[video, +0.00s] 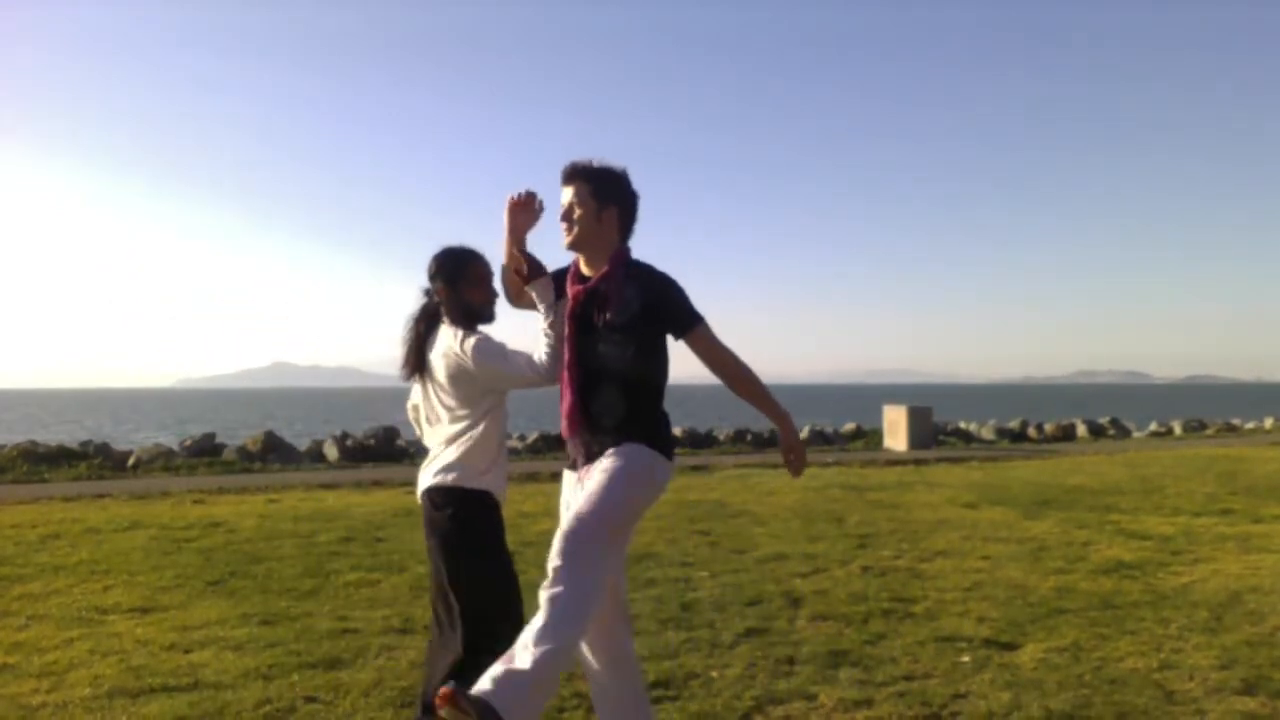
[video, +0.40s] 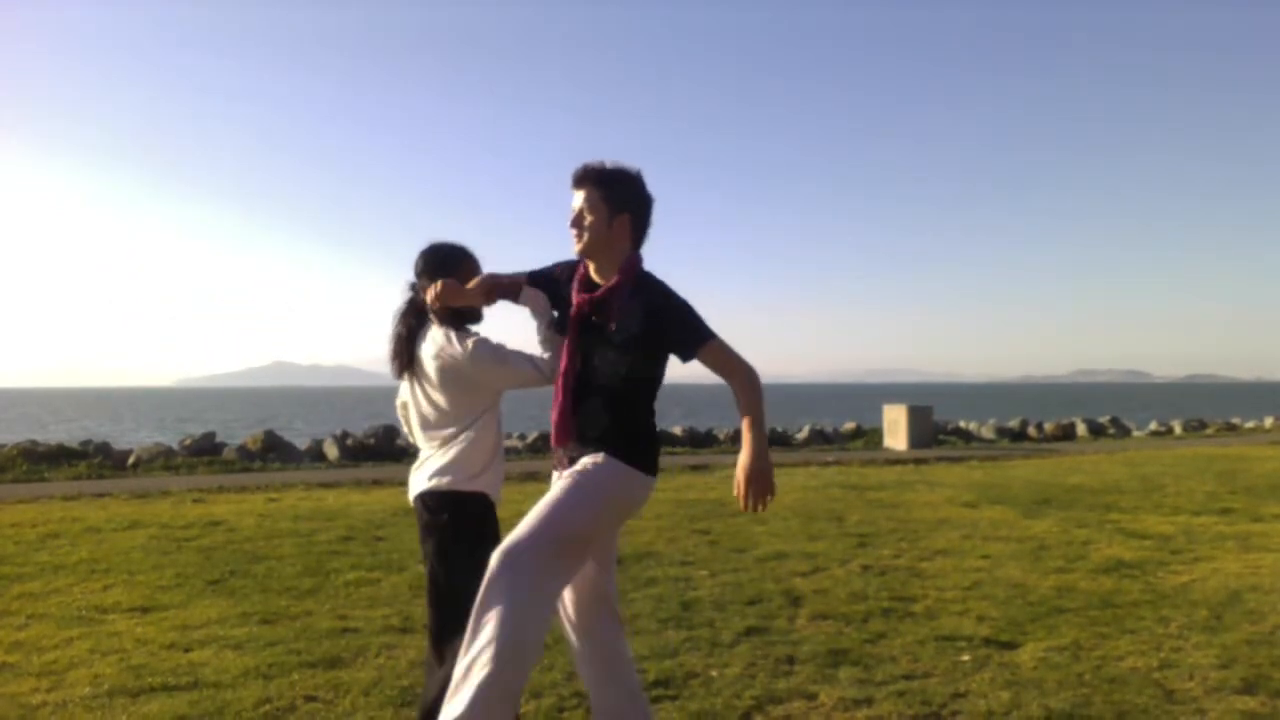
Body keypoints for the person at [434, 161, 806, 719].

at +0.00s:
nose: (562, 218)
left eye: (573, 209)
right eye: (562, 210)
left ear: (612, 216)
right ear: (573, 218)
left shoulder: (650, 287)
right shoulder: (565, 283)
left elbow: (718, 360)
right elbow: (518, 290)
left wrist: (784, 423)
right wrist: (515, 238)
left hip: (635, 452)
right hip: (580, 460)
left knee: (574, 551)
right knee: (600, 612)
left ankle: (500, 700)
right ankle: (626, 714)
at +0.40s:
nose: (573, 222)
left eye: (584, 213)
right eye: (573, 212)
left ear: (622, 222)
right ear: (592, 221)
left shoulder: (653, 299)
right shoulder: (567, 278)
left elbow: (742, 375)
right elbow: (502, 285)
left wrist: (755, 451)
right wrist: (467, 293)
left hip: (618, 464)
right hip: (572, 461)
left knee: (515, 566)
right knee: (590, 616)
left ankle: (466, 712)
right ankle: (625, 714)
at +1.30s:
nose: (480, 308)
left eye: (488, 299)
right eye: (481, 297)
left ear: (523, 308)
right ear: (520, 308)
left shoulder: (593, 363)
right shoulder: (517, 347)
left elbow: (565, 480)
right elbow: (509, 430)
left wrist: (516, 407)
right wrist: (498, 508)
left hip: (604, 494)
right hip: (566, 486)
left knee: (554, 627)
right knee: (558, 622)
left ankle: (571, 711)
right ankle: (603, 709)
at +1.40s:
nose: (472, 311)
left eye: (474, 301)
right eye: (471, 300)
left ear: (503, 307)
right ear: (510, 303)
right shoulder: (533, 339)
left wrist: (491, 412)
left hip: (603, 491)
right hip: (585, 483)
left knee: (542, 634)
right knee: (568, 627)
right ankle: (590, 709)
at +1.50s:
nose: (475, 299)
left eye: (475, 290)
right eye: (473, 287)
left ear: (497, 299)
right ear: (535, 271)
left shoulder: (551, 368)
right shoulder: (564, 312)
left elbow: (485, 478)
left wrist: (461, 401)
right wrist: (488, 488)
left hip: (591, 495)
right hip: (615, 482)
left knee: (534, 645)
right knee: (569, 630)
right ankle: (584, 708)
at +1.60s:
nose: (482, 287)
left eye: (481, 277)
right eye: (481, 275)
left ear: (500, 286)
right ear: (542, 260)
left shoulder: (540, 356)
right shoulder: (575, 301)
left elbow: (472, 455)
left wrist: (451, 375)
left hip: (580, 497)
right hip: (619, 484)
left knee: (533, 639)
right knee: (584, 623)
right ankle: (587, 711)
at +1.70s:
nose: (489, 272)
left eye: (488, 262)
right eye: (488, 261)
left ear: (502, 272)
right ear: (550, 253)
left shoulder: (525, 346)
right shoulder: (585, 303)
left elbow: (466, 436)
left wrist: (446, 363)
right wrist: (491, 342)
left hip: (570, 498)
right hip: (618, 485)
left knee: (529, 635)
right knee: (588, 624)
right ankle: (591, 714)